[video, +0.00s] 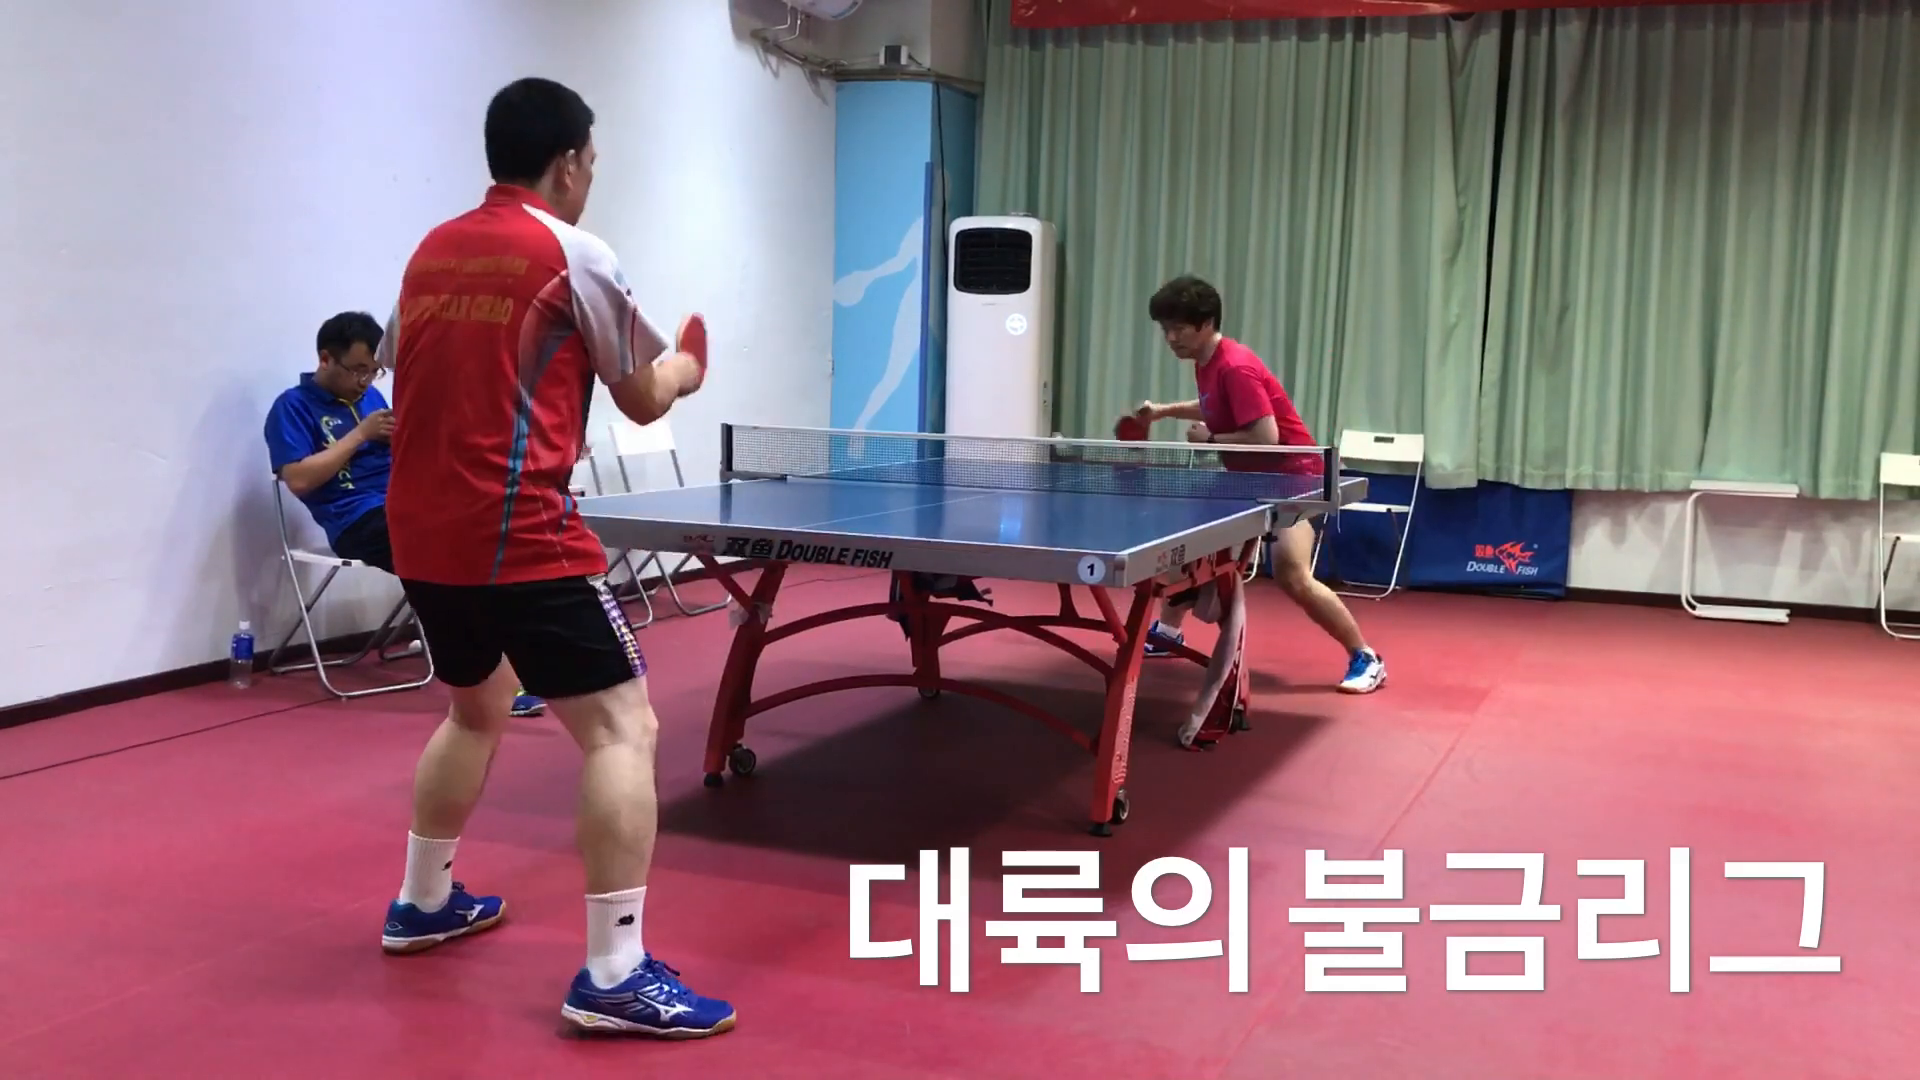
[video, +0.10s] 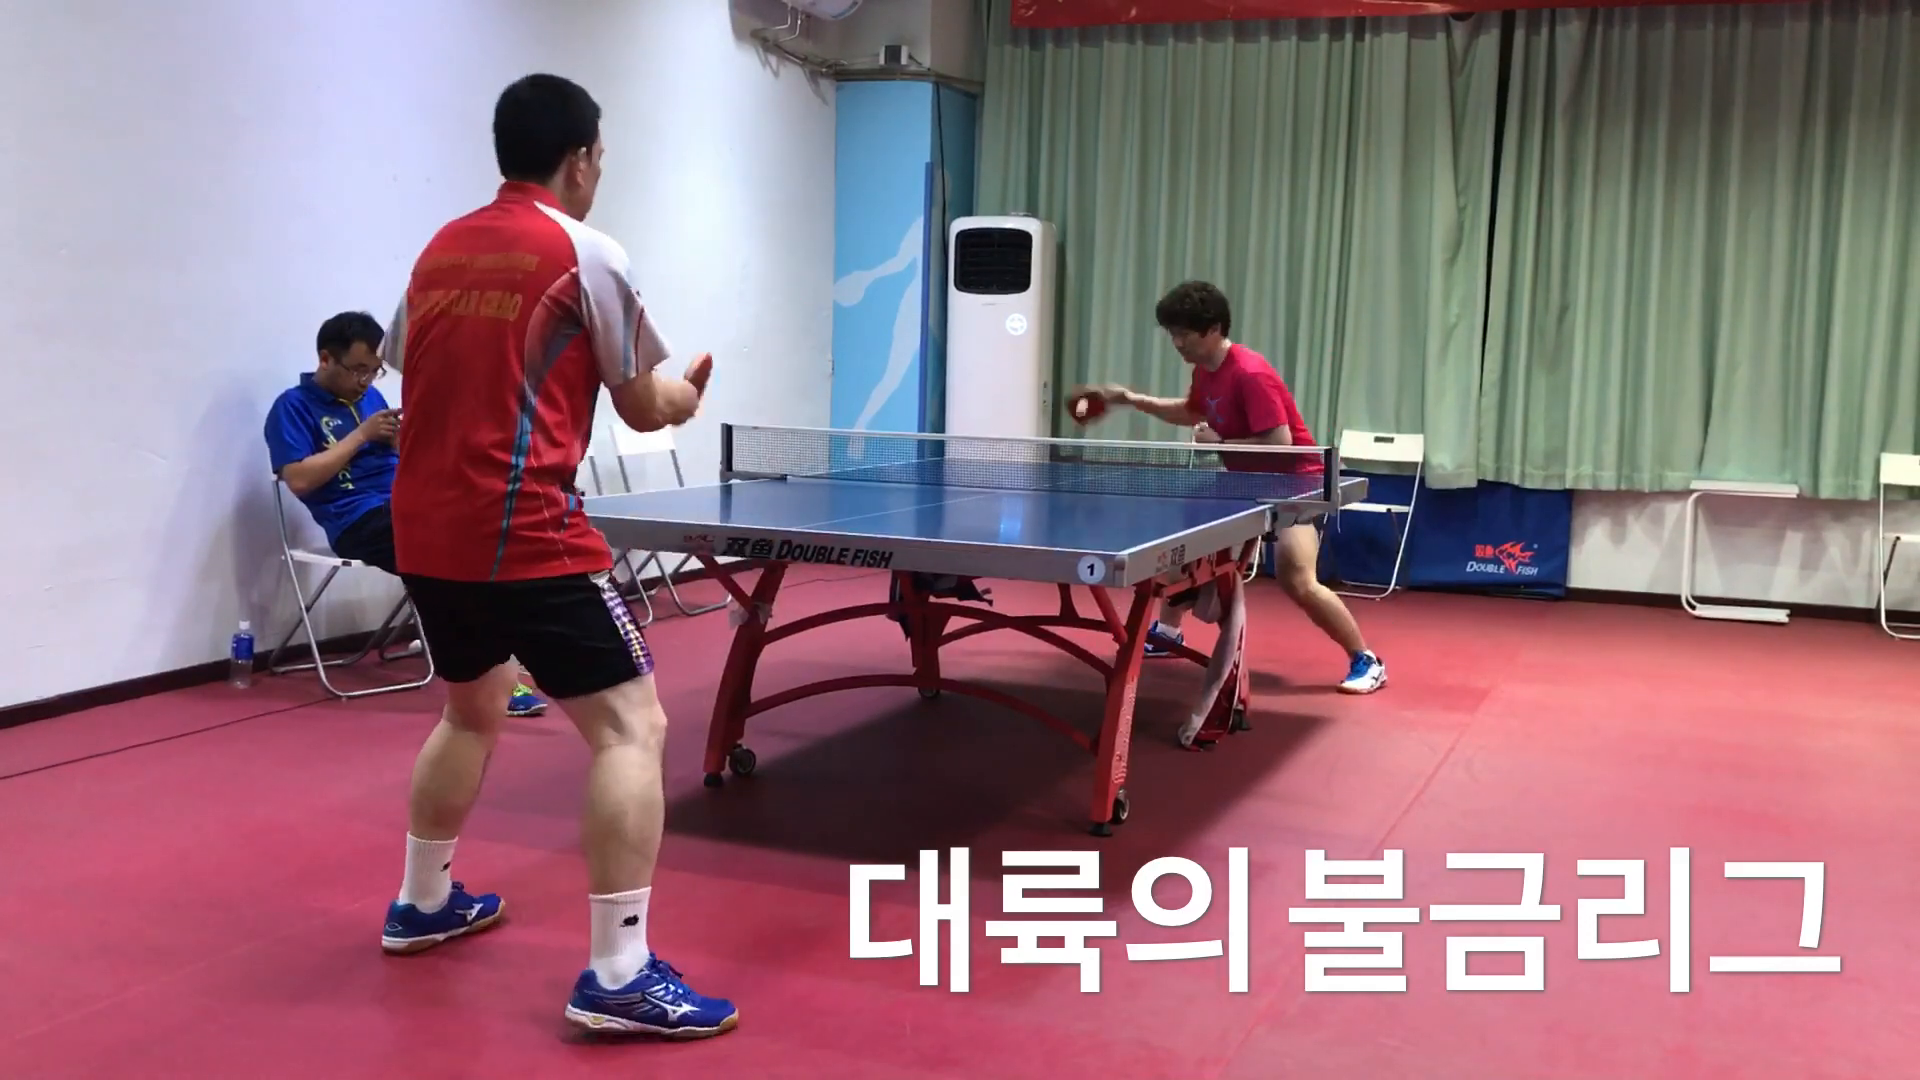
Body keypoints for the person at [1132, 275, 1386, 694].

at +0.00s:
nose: (1170, 338)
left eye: (1178, 328)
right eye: (1166, 329)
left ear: (1205, 324)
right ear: (1166, 329)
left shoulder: (1236, 366)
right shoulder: (1204, 363)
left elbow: (1266, 435)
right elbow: (1217, 411)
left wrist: (1212, 438)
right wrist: (1163, 411)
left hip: (1294, 476)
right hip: (1248, 476)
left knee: (1294, 578)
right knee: (1187, 540)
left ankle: (1365, 657)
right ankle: (1167, 632)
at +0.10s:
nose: (1175, 343)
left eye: (1180, 334)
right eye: (1172, 335)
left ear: (1209, 330)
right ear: (1204, 331)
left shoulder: (1250, 373)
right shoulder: (1202, 370)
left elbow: (1281, 442)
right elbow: (1193, 413)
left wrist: (1222, 443)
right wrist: (1132, 399)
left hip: (1295, 482)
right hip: (1245, 481)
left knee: (1297, 580)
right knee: (1183, 539)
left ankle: (1365, 659)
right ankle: (1166, 631)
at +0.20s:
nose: (1185, 335)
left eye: (1192, 326)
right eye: (1182, 326)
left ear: (1222, 324)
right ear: (1184, 326)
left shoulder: (1266, 364)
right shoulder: (1193, 365)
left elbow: (1301, 435)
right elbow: (1143, 399)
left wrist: (1237, 437)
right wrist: (1122, 367)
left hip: (1297, 480)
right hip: (1242, 479)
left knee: (1306, 573)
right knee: (1181, 546)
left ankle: (1365, 659)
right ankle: (1166, 632)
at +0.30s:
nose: (1196, 321)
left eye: (1204, 312)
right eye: (1192, 312)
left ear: (1234, 311)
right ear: (1190, 311)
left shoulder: (1280, 355)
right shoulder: (1195, 352)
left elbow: (1311, 422)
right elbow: (1140, 395)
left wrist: (1247, 428)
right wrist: (1134, 368)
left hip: (1297, 473)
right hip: (1236, 473)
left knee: (1309, 558)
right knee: (1172, 535)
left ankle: (1353, 654)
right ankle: (1161, 625)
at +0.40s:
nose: (1201, 320)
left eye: (1210, 310)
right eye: (1195, 310)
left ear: (1239, 309)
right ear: (1190, 311)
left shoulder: (1281, 356)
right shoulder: (1190, 356)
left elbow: (1313, 419)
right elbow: (1140, 410)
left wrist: (1250, 429)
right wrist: (1138, 388)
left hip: (1290, 474)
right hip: (1228, 474)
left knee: (1310, 560)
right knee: (1170, 545)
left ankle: (1353, 654)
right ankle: (1133, 636)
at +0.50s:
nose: (1195, 322)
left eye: (1205, 311)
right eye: (1189, 312)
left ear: (1232, 314)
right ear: (1184, 315)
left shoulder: (1269, 361)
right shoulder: (1179, 365)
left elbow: (1300, 426)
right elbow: (1135, 424)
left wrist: (1241, 436)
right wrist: (1129, 402)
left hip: (1277, 479)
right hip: (1216, 480)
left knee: (1304, 562)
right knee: (1150, 543)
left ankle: (1353, 655)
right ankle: (1132, 635)